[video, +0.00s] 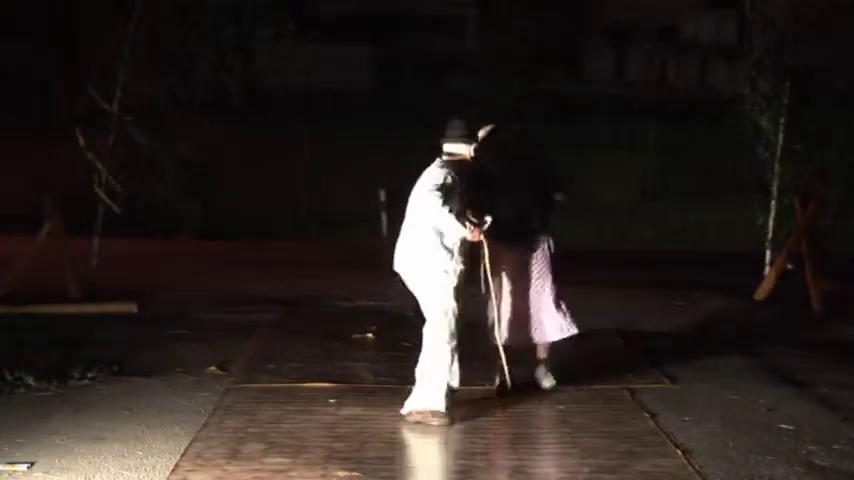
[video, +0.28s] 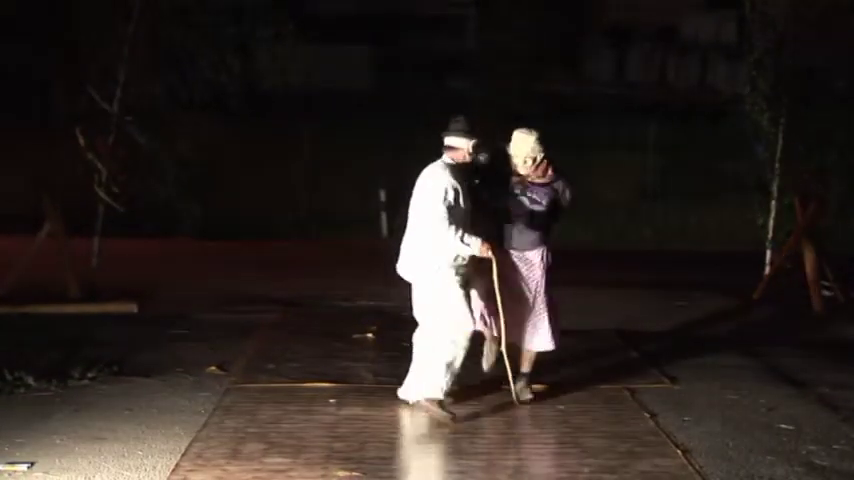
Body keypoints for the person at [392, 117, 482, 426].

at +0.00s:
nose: (474, 151)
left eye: (472, 146)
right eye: (471, 146)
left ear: (448, 147)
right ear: (463, 148)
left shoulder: (447, 173)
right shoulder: (443, 173)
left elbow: (452, 210)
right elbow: (436, 209)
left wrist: (472, 222)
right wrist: (464, 231)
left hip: (433, 258)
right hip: (425, 258)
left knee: (442, 321)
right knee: (441, 322)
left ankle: (430, 393)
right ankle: (426, 399)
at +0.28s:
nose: (473, 152)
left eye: (473, 146)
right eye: (470, 147)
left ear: (453, 146)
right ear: (458, 148)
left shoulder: (447, 175)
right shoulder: (440, 178)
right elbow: (440, 228)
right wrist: (473, 246)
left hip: (435, 267)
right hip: (433, 269)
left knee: (432, 326)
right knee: (460, 325)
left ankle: (413, 388)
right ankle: (431, 392)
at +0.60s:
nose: (481, 157)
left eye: (483, 152)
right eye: (481, 152)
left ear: (459, 140)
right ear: (476, 147)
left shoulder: (432, 160)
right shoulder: (460, 165)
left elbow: (406, 194)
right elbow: (461, 201)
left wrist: (436, 203)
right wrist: (483, 229)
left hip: (419, 257)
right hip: (443, 261)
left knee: (422, 322)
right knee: (455, 326)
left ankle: (415, 391)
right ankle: (445, 397)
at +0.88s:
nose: (490, 168)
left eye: (490, 162)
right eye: (485, 161)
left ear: (466, 156)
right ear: (467, 156)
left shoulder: (439, 175)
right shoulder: (448, 182)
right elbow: (449, 233)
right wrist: (484, 249)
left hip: (421, 264)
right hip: (440, 264)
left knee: (434, 326)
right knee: (496, 309)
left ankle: (417, 397)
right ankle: (465, 375)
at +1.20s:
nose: (504, 166)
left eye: (505, 159)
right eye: (501, 160)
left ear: (478, 152)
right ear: (489, 155)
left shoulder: (453, 168)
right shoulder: (473, 176)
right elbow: (471, 213)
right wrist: (505, 241)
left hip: (425, 256)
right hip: (457, 260)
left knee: (426, 328)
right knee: (486, 328)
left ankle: (419, 396)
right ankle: (488, 395)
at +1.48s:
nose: (504, 171)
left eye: (504, 165)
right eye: (500, 165)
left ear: (477, 161)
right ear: (483, 162)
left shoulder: (448, 184)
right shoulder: (478, 193)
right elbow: (493, 235)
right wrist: (528, 260)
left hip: (436, 277)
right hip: (472, 280)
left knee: (441, 334)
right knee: (495, 342)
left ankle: (440, 392)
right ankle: (471, 414)